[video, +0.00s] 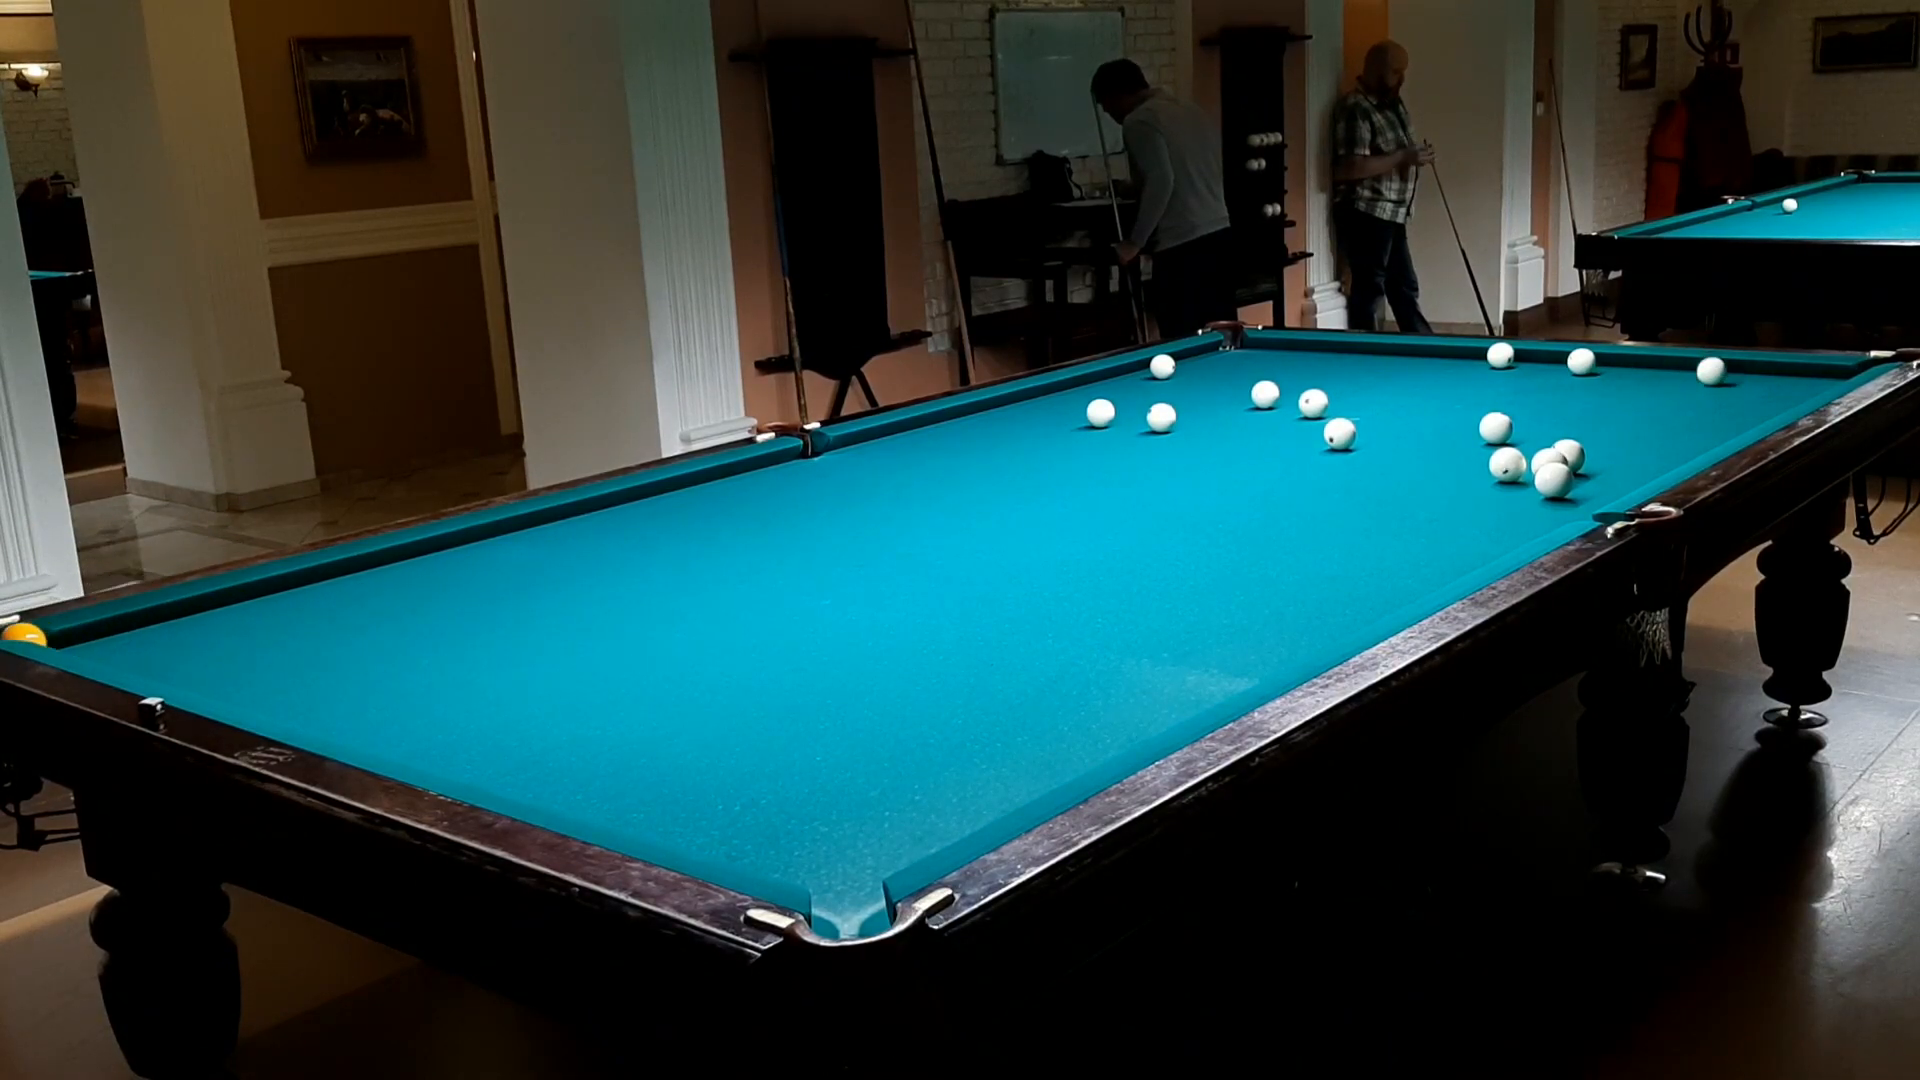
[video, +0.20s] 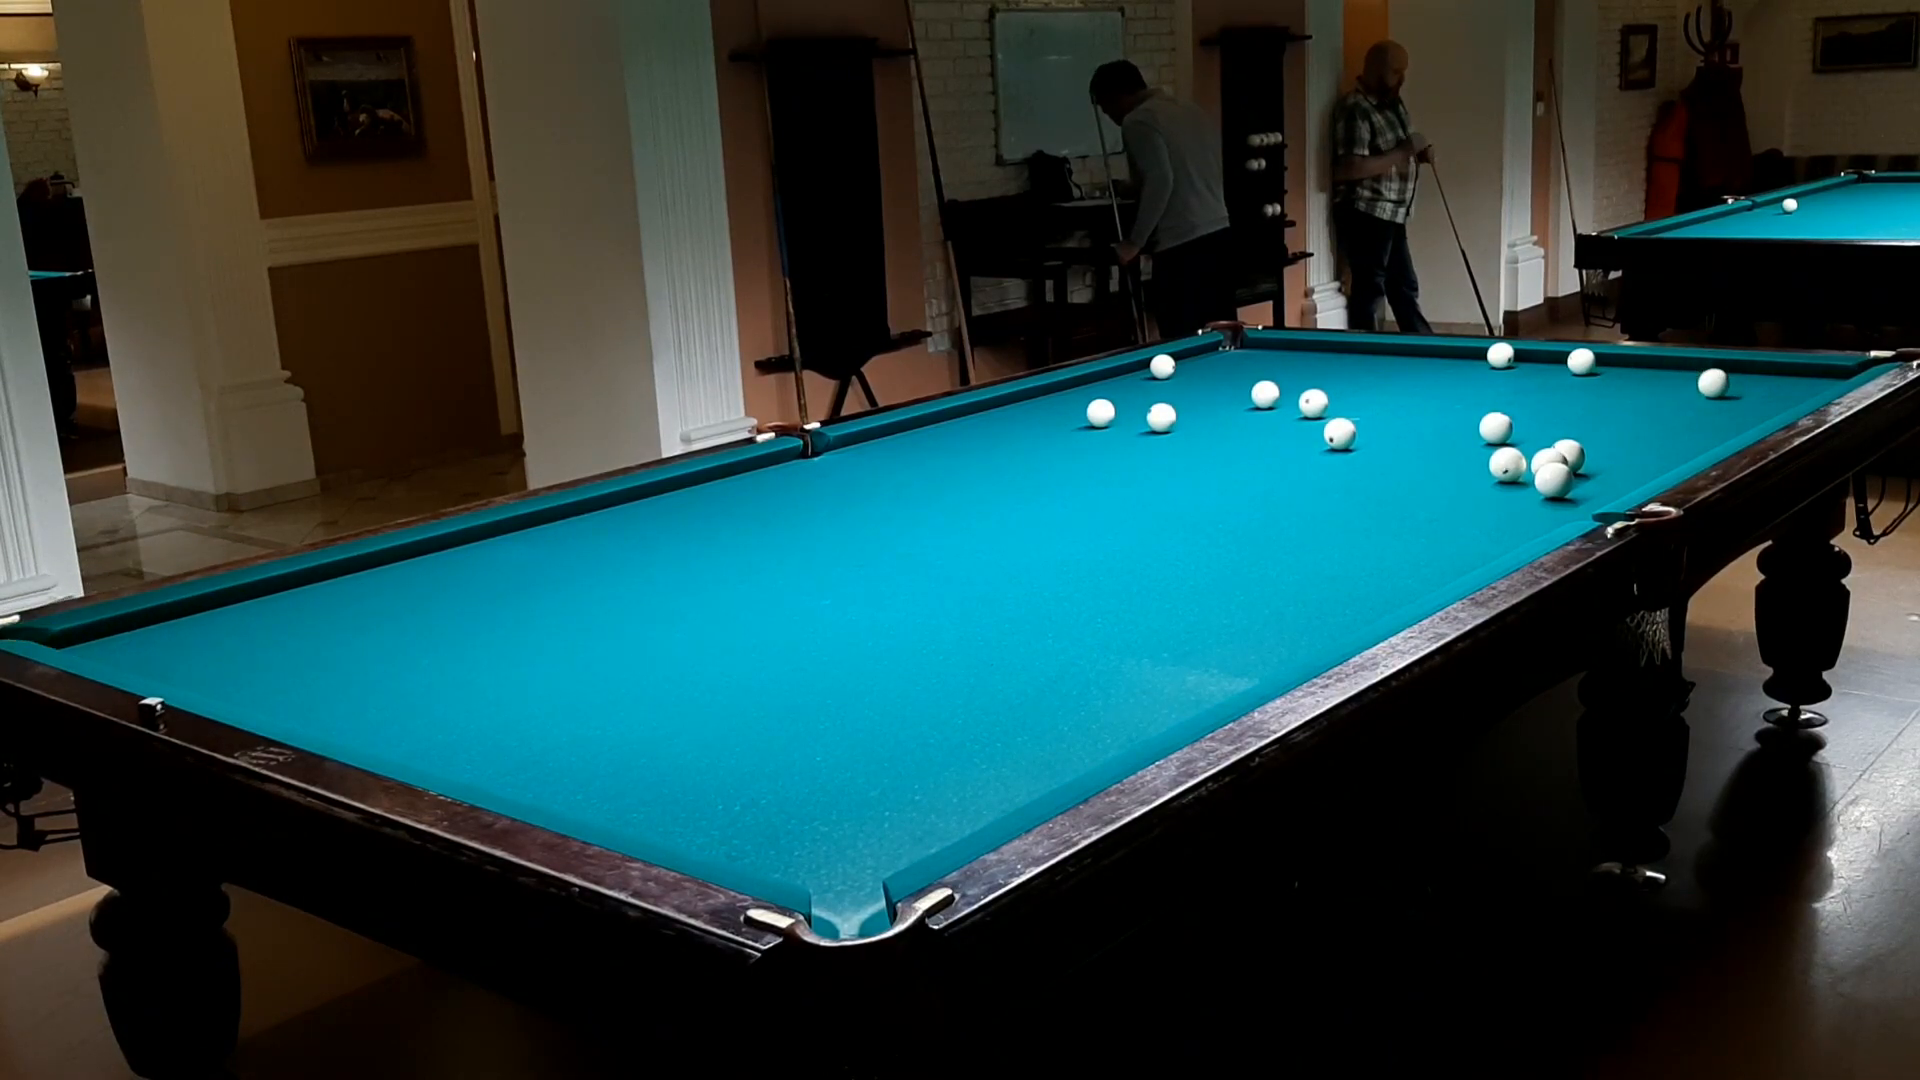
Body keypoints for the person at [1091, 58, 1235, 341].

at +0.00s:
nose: (1110, 114)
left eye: (1107, 106)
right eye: (1105, 108)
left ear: (1116, 97)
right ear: (1141, 83)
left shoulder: (1139, 122)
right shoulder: (1187, 109)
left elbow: (1160, 180)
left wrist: (1134, 243)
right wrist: (1137, 189)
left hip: (1181, 250)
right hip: (1220, 238)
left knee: (1181, 344)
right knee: (1221, 334)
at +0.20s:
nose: (1109, 115)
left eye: (1105, 107)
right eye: (1104, 108)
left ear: (1116, 97)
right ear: (1139, 84)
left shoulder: (1138, 122)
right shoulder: (1185, 109)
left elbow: (1159, 180)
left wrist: (1134, 243)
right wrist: (1137, 188)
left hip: (1181, 249)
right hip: (1220, 237)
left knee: (1180, 342)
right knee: (1220, 333)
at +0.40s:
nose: (1107, 115)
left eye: (1104, 106)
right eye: (1102, 108)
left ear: (1115, 98)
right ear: (1138, 85)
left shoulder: (1137, 122)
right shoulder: (1185, 109)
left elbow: (1159, 180)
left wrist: (1134, 243)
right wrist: (1137, 188)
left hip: (1181, 249)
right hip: (1220, 238)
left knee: (1180, 343)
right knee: (1220, 334)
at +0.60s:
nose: (1107, 116)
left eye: (1104, 107)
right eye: (1102, 109)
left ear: (1115, 98)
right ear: (1137, 86)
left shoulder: (1137, 122)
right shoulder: (1186, 109)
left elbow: (1159, 181)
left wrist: (1134, 243)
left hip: (1181, 249)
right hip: (1220, 238)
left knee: (1180, 343)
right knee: (1221, 334)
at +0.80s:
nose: (1107, 115)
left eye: (1104, 106)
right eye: (1102, 108)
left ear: (1114, 98)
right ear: (1137, 86)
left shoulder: (1137, 122)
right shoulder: (1182, 110)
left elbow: (1159, 180)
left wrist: (1134, 243)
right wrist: (1138, 188)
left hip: (1182, 250)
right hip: (1220, 239)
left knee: (1181, 345)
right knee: (1220, 337)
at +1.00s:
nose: (1107, 116)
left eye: (1104, 107)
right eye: (1102, 109)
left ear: (1113, 99)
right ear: (1138, 86)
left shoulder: (1137, 122)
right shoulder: (1183, 110)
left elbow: (1159, 180)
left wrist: (1134, 243)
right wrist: (1138, 188)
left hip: (1182, 250)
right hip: (1220, 238)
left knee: (1180, 344)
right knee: (1220, 336)